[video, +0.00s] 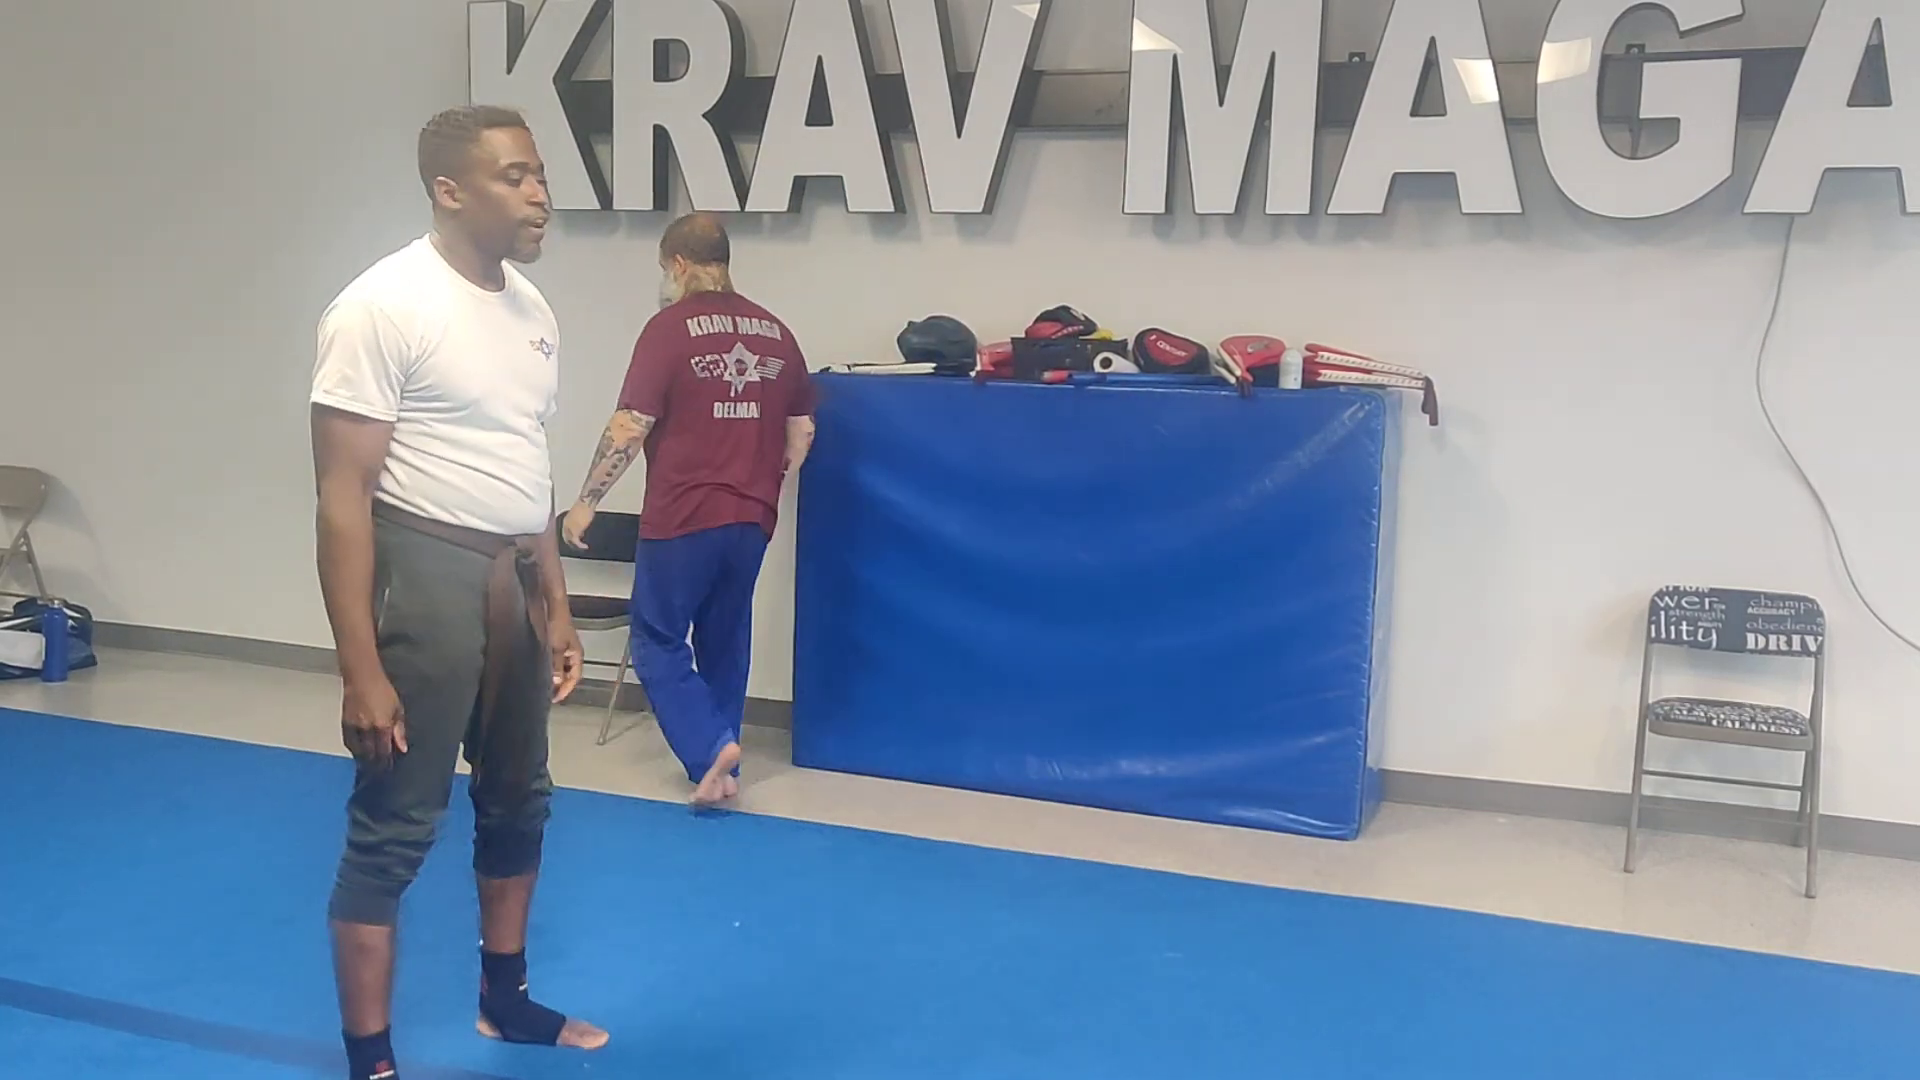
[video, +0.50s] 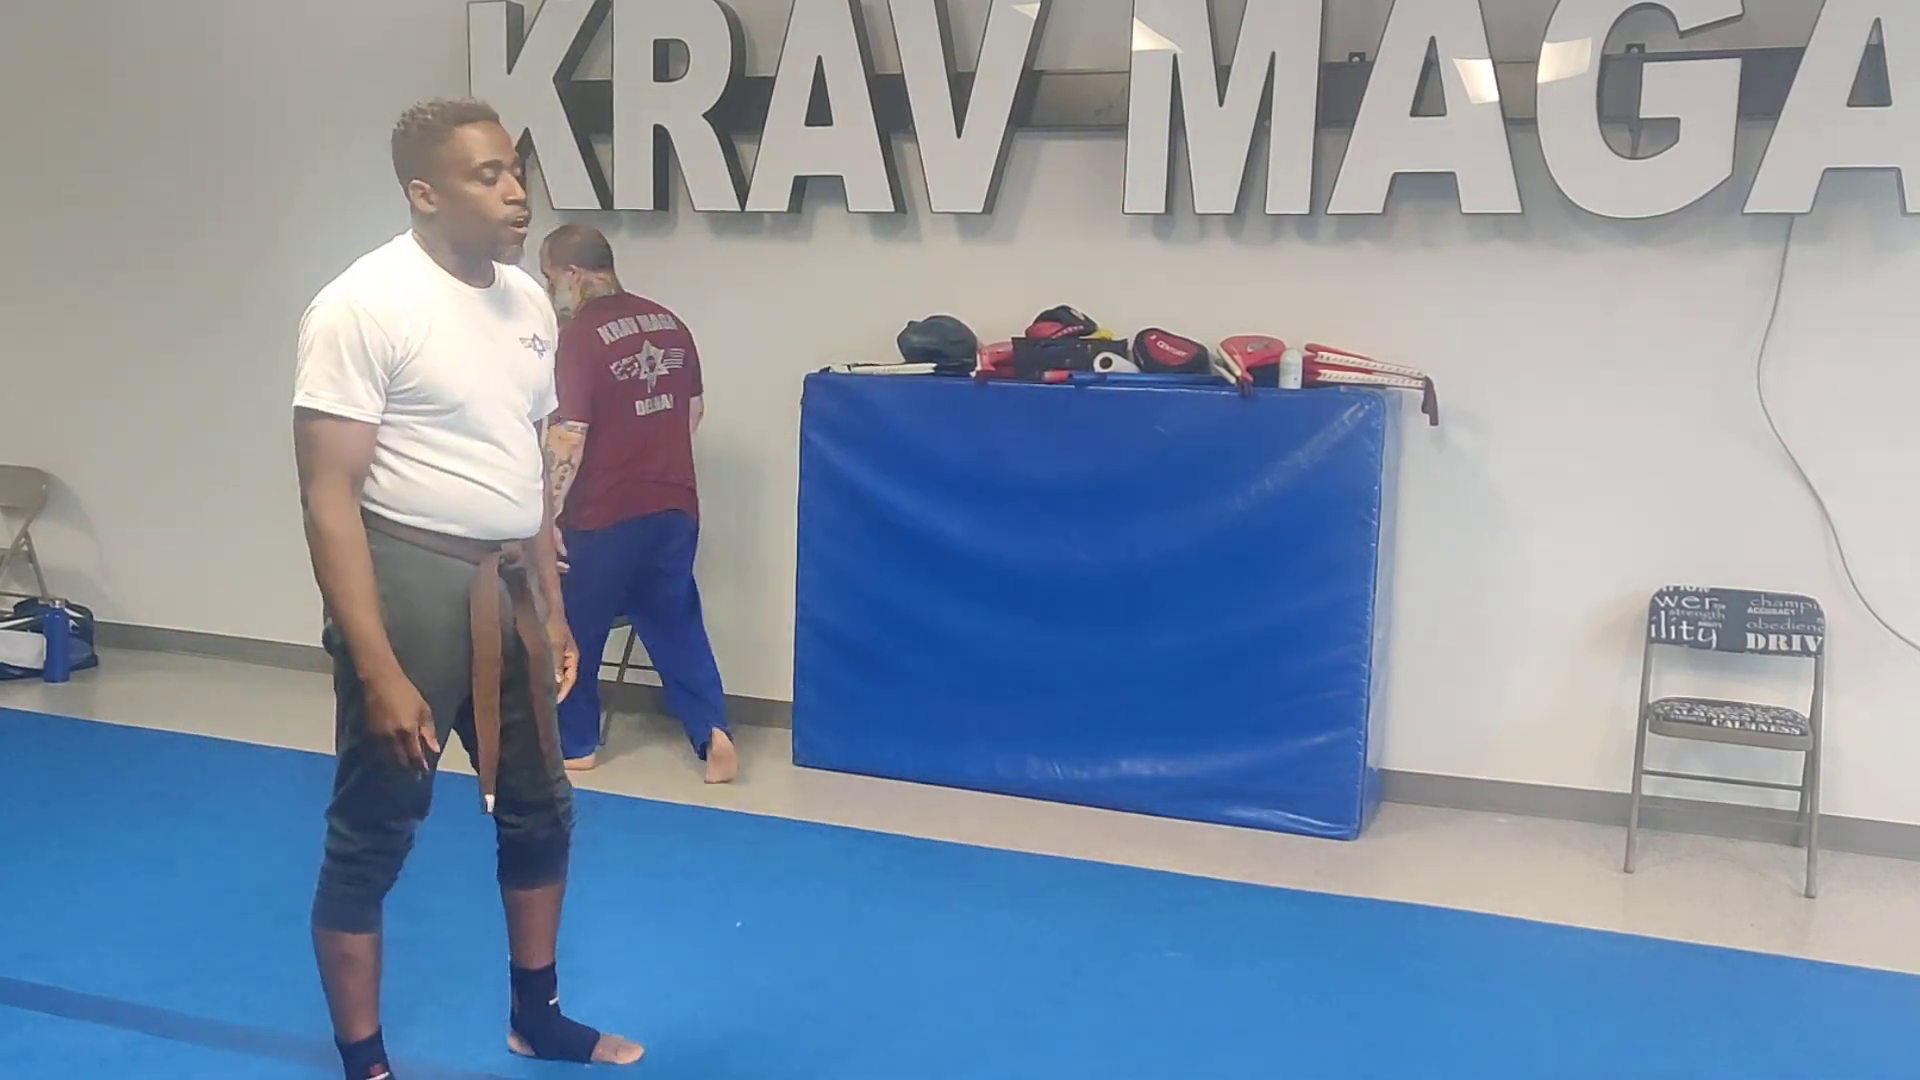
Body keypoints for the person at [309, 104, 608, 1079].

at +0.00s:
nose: (542, 193)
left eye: (541, 175)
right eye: (517, 176)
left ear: (535, 188)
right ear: (450, 193)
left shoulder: (532, 312)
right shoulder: (377, 308)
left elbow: (531, 473)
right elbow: (342, 494)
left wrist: (555, 605)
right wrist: (359, 668)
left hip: (516, 572)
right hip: (420, 565)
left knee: (515, 793)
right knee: (395, 820)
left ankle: (505, 994)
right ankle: (371, 1061)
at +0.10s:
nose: (534, 191)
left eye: (531, 173)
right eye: (507, 174)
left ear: (528, 187)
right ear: (439, 193)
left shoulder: (520, 307)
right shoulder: (367, 309)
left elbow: (513, 471)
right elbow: (337, 498)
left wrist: (537, 608)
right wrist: (363, 672)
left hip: (505, 570)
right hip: (409, 564)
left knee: (527, 796)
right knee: (383, 820)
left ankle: (507, 995)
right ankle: (367, 1062)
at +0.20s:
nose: (523, 191)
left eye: (523, 172)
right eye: (496, 175)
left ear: (522, 185)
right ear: (429, 193)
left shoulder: (511, 306)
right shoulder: (360, 310)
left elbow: (502, 473)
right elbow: (334, 501)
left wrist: (526, 618)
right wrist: (370, 676)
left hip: (499, 574)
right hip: (402, 568)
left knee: (544, 799)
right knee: (374, 820)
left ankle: (508, 989)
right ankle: (365, 1063)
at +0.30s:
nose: (518, 190)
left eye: (517, 172)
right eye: (491, 174)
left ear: (513, 184)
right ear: (424, 192)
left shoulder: (510, 306)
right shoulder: (353, 308)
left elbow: (500, 473)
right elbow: (331, 502)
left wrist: (531, 612)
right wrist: (374, 676)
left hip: (497, 573)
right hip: (394, 566)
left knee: (557, 790)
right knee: (372, 821)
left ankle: (516, 986)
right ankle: (363, 1063)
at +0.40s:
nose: (518, 188)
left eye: (516, 170)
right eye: (490, 174)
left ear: (511, 182)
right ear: (422, 194)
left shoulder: (516, 304)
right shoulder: (355, 307)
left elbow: (510, 476)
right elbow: (327, 501)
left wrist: (542, 616)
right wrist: (375, 670)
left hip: (501, 572)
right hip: (393, 567)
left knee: (542, 795)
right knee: (370, 821)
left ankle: (538, 1011)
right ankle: (362, 1062)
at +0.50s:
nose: (518, 190)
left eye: (518, 171)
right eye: (490, 175)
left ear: (517, 180)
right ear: (423, 195)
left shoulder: (529, 302)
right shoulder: (358, 307)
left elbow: (534, 473)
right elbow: (329, 497)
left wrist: (550, 614)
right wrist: (378, 669)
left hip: (512, 574)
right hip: (401, 568)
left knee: (539, 800)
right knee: (375, 822)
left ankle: (537, 1014)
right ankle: (363, 1061)